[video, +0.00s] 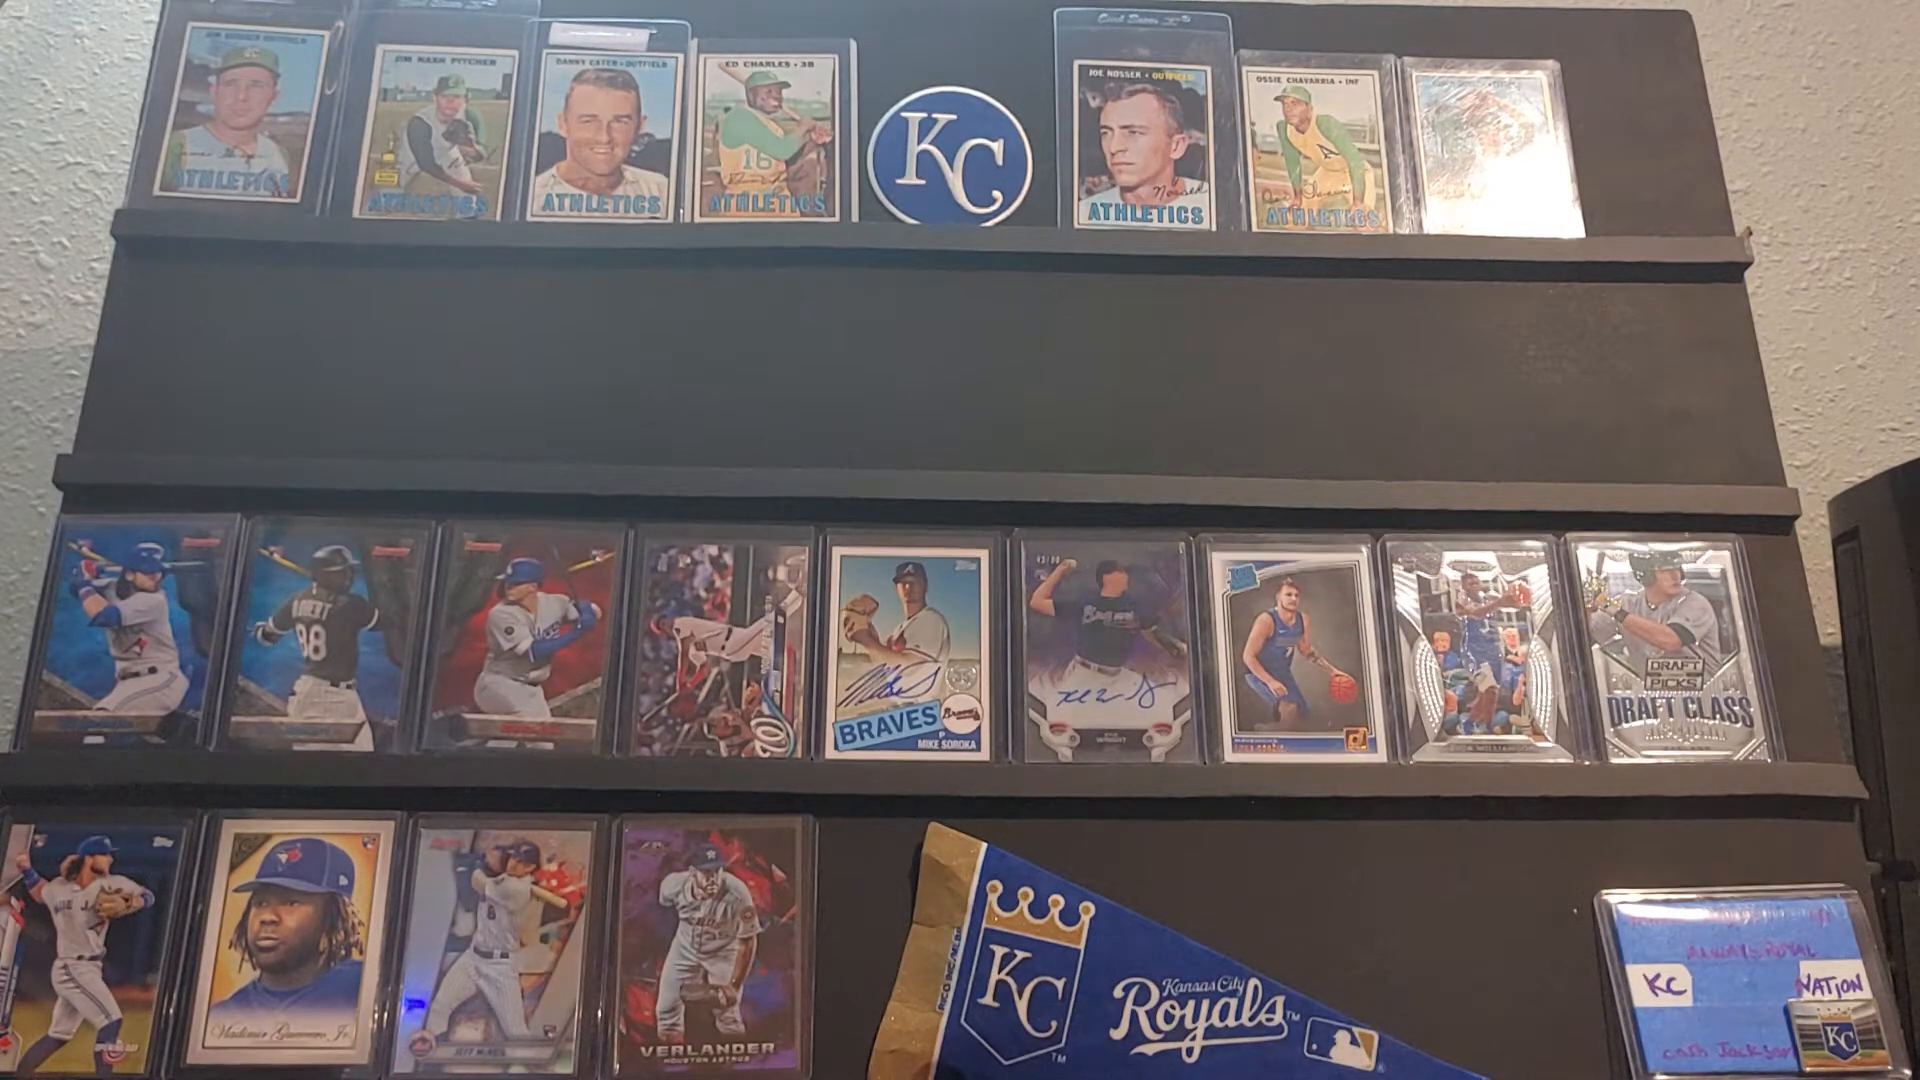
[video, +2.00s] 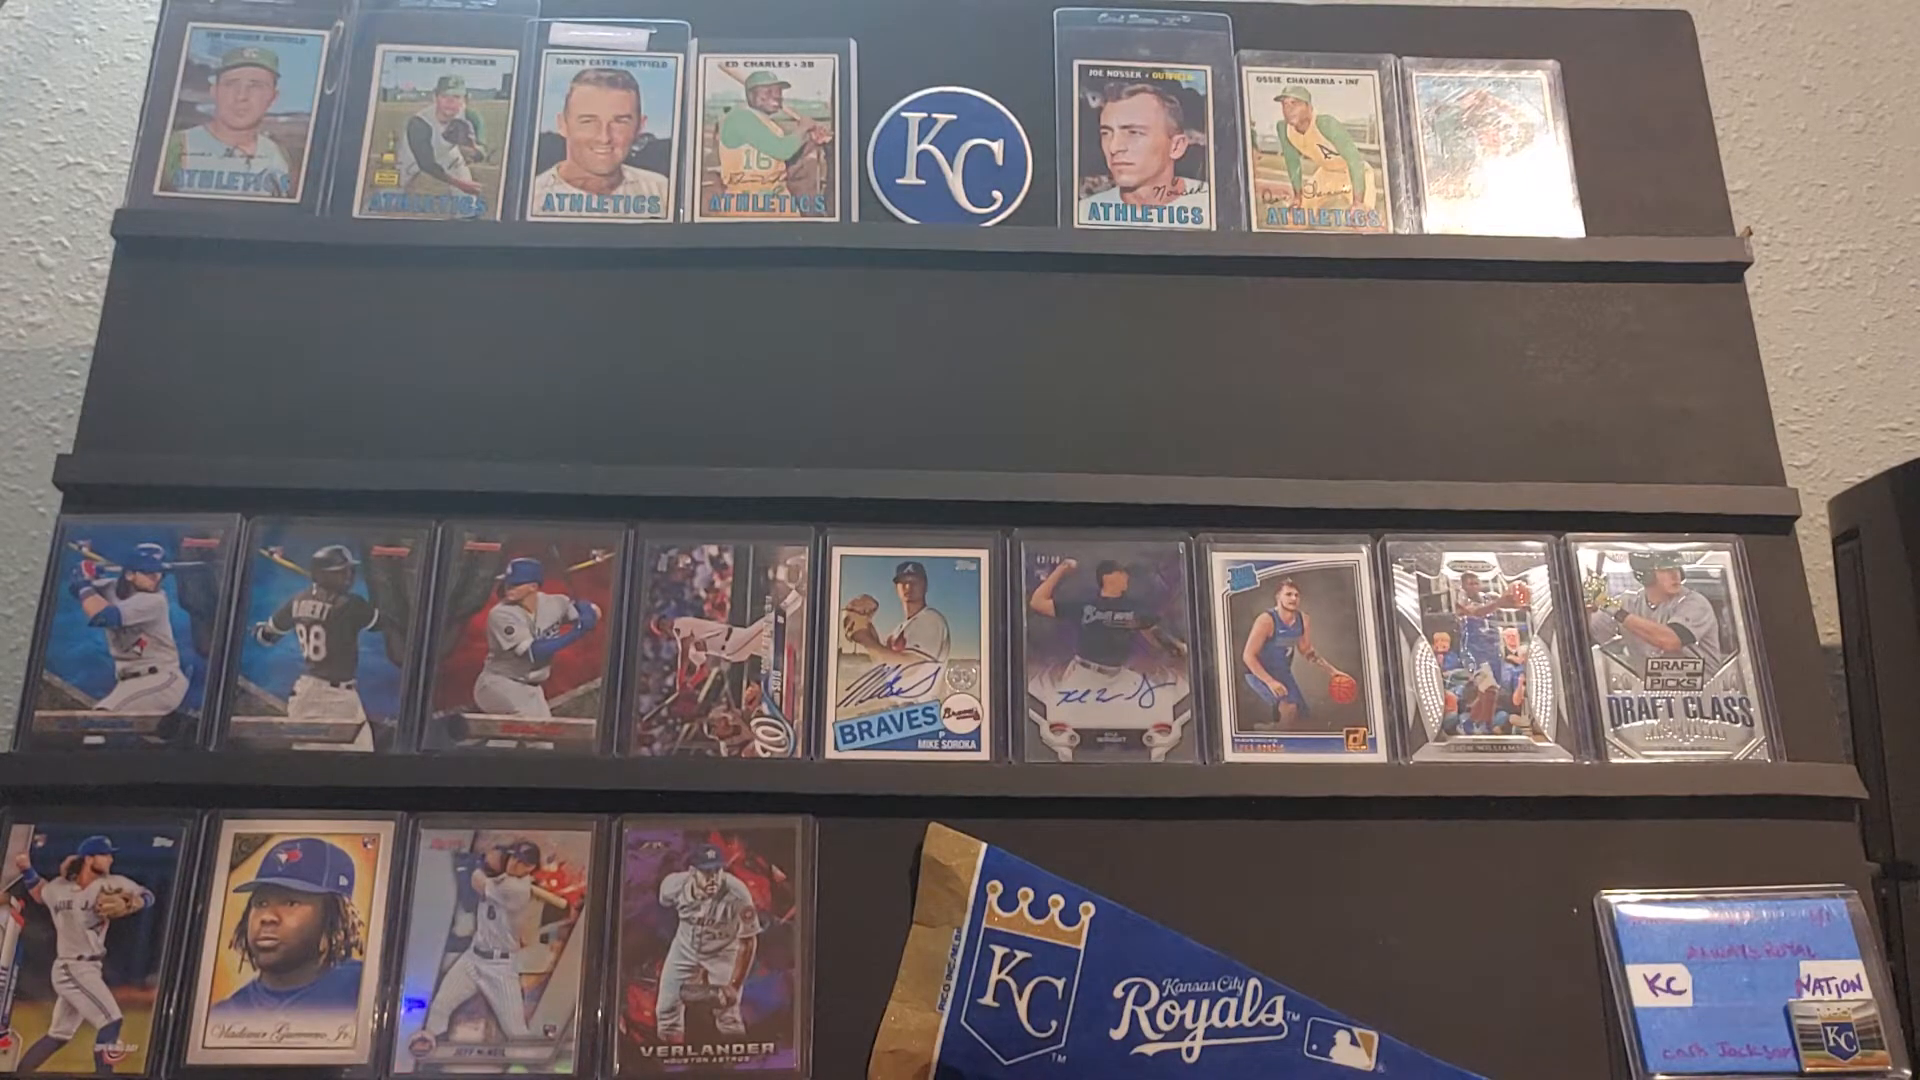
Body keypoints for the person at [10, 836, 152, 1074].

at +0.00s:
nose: (110, 859)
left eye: (109, 855)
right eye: (105, 855)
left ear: (98, 861)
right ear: (89, 859)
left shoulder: (111, 884)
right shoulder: (58, 888)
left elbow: (148, 896)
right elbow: (40, 891)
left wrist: (131, 904)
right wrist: (26, 869)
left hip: (90, 969)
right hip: (71, 969)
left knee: (58, 1035)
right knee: (111, 1020)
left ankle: (20, 1073)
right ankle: (104, 1074)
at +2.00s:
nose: (110, 859)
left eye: (110, 855)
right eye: (105, 855)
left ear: (96, 861)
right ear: (89, 859)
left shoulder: (111, 884)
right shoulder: (58, 888)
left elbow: (148, 896)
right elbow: (39, 892)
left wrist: (130, 904)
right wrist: (26, 870)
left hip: (90, 969)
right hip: (71, 969)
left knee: (58, 1036)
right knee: (111, 1020)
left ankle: (19, 1073)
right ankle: (104, 1074)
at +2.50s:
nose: (110, 859)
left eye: (110, 855)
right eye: (105, 855)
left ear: (96, 861)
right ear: (89, 859)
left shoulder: (111, 884)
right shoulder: (58, 888)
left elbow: (149, 896)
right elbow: (39, 892)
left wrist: (131, 904)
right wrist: (27, 869)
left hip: (90, 969)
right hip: (71, 969)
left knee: (58, 1035)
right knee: (111, 1020)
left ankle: (19, 1073)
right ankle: (104, 1074)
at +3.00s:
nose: (110, 859)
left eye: (110, 855)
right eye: (105, 855)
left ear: (98, 861)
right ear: (89, 859)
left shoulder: (111, 884)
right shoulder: (58, 888)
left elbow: (148, 896)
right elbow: (39, 891)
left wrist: (131, 904)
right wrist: (27, 869)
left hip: (91, 969)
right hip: (70, 969)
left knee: (59, 1035)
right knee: (110, 1020)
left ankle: (18, 1073)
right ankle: (104, 1074)